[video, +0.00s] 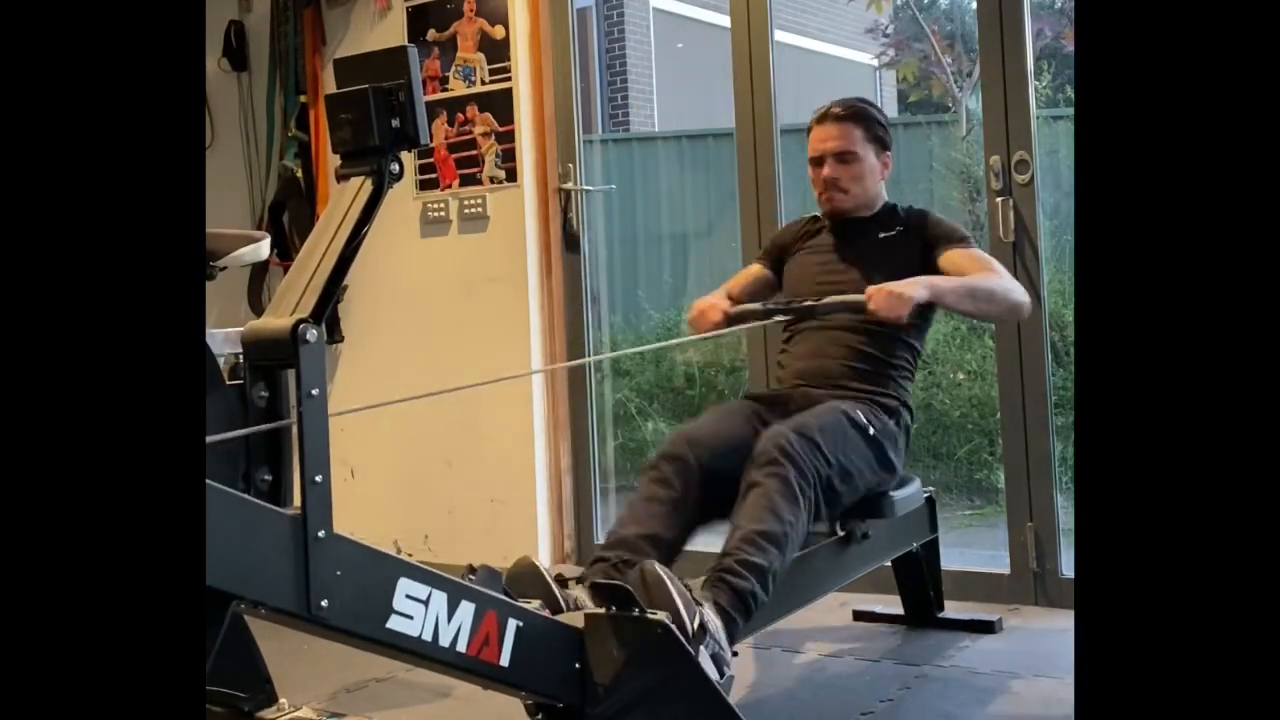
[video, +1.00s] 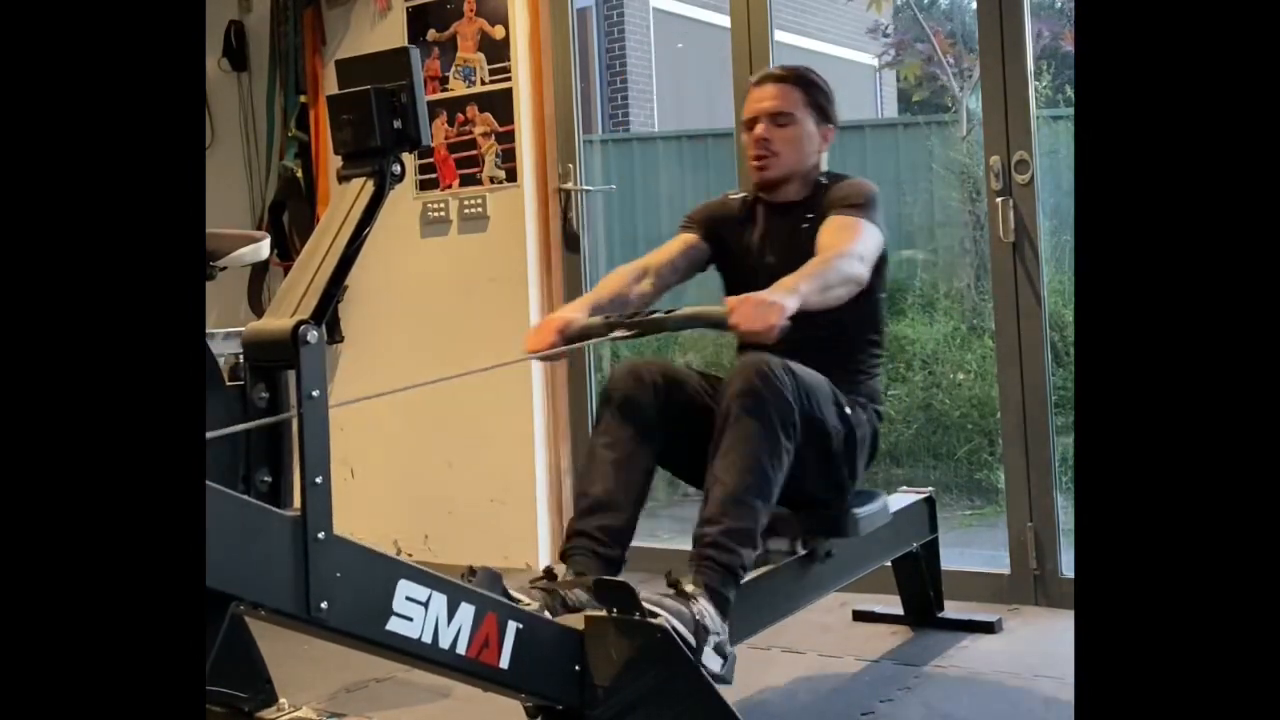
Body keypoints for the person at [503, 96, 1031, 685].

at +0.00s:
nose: (826, 172)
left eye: (842, 158)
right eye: (817, 160)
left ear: (884, 162)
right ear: (810, 167)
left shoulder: (919, 232)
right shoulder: (797, 239)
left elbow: (1013, 298)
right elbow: (725, 298)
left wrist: (925, 287)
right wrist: (711, 307)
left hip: (864, 411)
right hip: (772, 407)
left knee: (782, 456)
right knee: (682, 454)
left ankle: (716, 622)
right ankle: (598, 592)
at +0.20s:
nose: (778, 158)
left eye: (796, 142)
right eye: (768, 146)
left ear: (839, 148)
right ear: (759, 156)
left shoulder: (886, 223)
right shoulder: (750, 238)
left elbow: (991, 282)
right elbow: (685, 292)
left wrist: (884, 282)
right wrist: (662, 304)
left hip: (845, 452)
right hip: (749, 440)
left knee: (759, 384)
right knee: (653, 381)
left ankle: (712, 617)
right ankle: (594, 577)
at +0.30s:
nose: (744, 142)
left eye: (763, 125)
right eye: (734, 128)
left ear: (809, 136)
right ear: (725, 139)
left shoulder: (848, 206)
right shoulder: (717, 225)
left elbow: (911, 257)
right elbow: (637, 281)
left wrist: (804, 277)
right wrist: (582, 306)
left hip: (822, 460)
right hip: (732, 455)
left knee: (744, 360)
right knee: (627, 358)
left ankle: (712, 607)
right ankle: (588, 576)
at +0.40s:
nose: (702, 137)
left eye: (725, 120)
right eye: (694, 122)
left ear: (774, 132)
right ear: (685, 131)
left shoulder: (808, 200)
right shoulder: (673, 218)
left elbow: (829, 246)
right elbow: (584, 273)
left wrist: (732, 278)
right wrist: (510, 314)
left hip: (794, 472)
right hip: (700, 463)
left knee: (728, 333)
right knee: (599, 344)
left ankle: (705, 589)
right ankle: (581, 567)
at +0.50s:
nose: (658, 137)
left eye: (681, 119)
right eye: (649, 122)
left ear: (734, 132)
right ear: (639, 132)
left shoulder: (776, 204)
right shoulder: (635, 222)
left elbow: (752, 260)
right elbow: (536, 279)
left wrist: (656, 301)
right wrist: (437, 327)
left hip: (772, 475)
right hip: (679, 475)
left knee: (709, 320)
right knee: (570, 337)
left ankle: (699, 576)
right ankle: (575, 564)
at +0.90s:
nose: (715, 134)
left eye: (737, 118)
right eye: (707, 122)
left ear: (786, 132)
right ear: (697, 134)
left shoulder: (816, 201)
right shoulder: (683, 218)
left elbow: (805, 272)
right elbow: (601, 279)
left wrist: (734, 310)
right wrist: (518, 325)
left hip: (801, 462)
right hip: (711, 455)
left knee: (735, 346)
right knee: (604, 348)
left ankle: (702, 591)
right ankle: (581, 568)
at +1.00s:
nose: (758, 135)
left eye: (779, 121)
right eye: (749, 124)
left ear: (825, 136)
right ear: (740, 136)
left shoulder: (851, 200)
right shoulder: (724, 217)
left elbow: (844, 264)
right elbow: (646, 276)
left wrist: (786, 294)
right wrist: (574, 314)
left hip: (836, 438)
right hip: (746, 426)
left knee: (760, 371)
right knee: (637, 381)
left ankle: (707, 606)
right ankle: (582, 580)